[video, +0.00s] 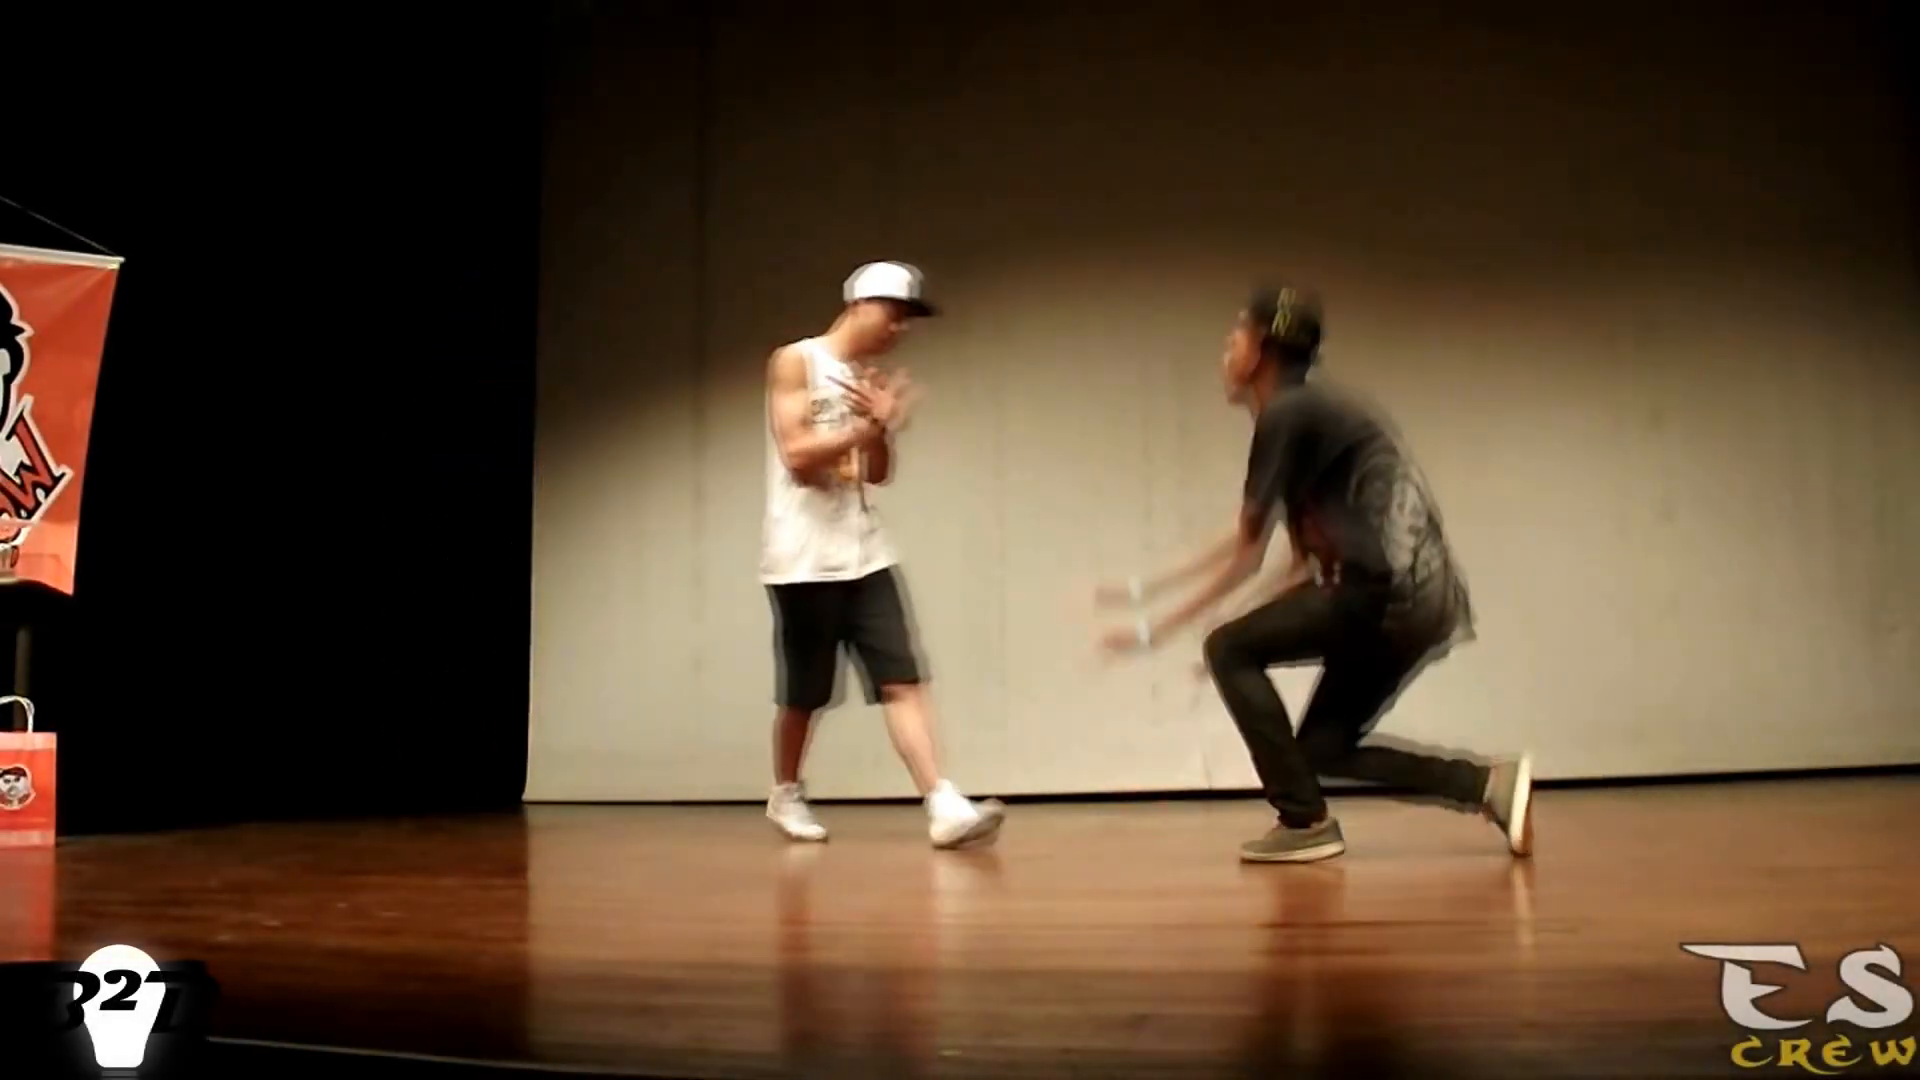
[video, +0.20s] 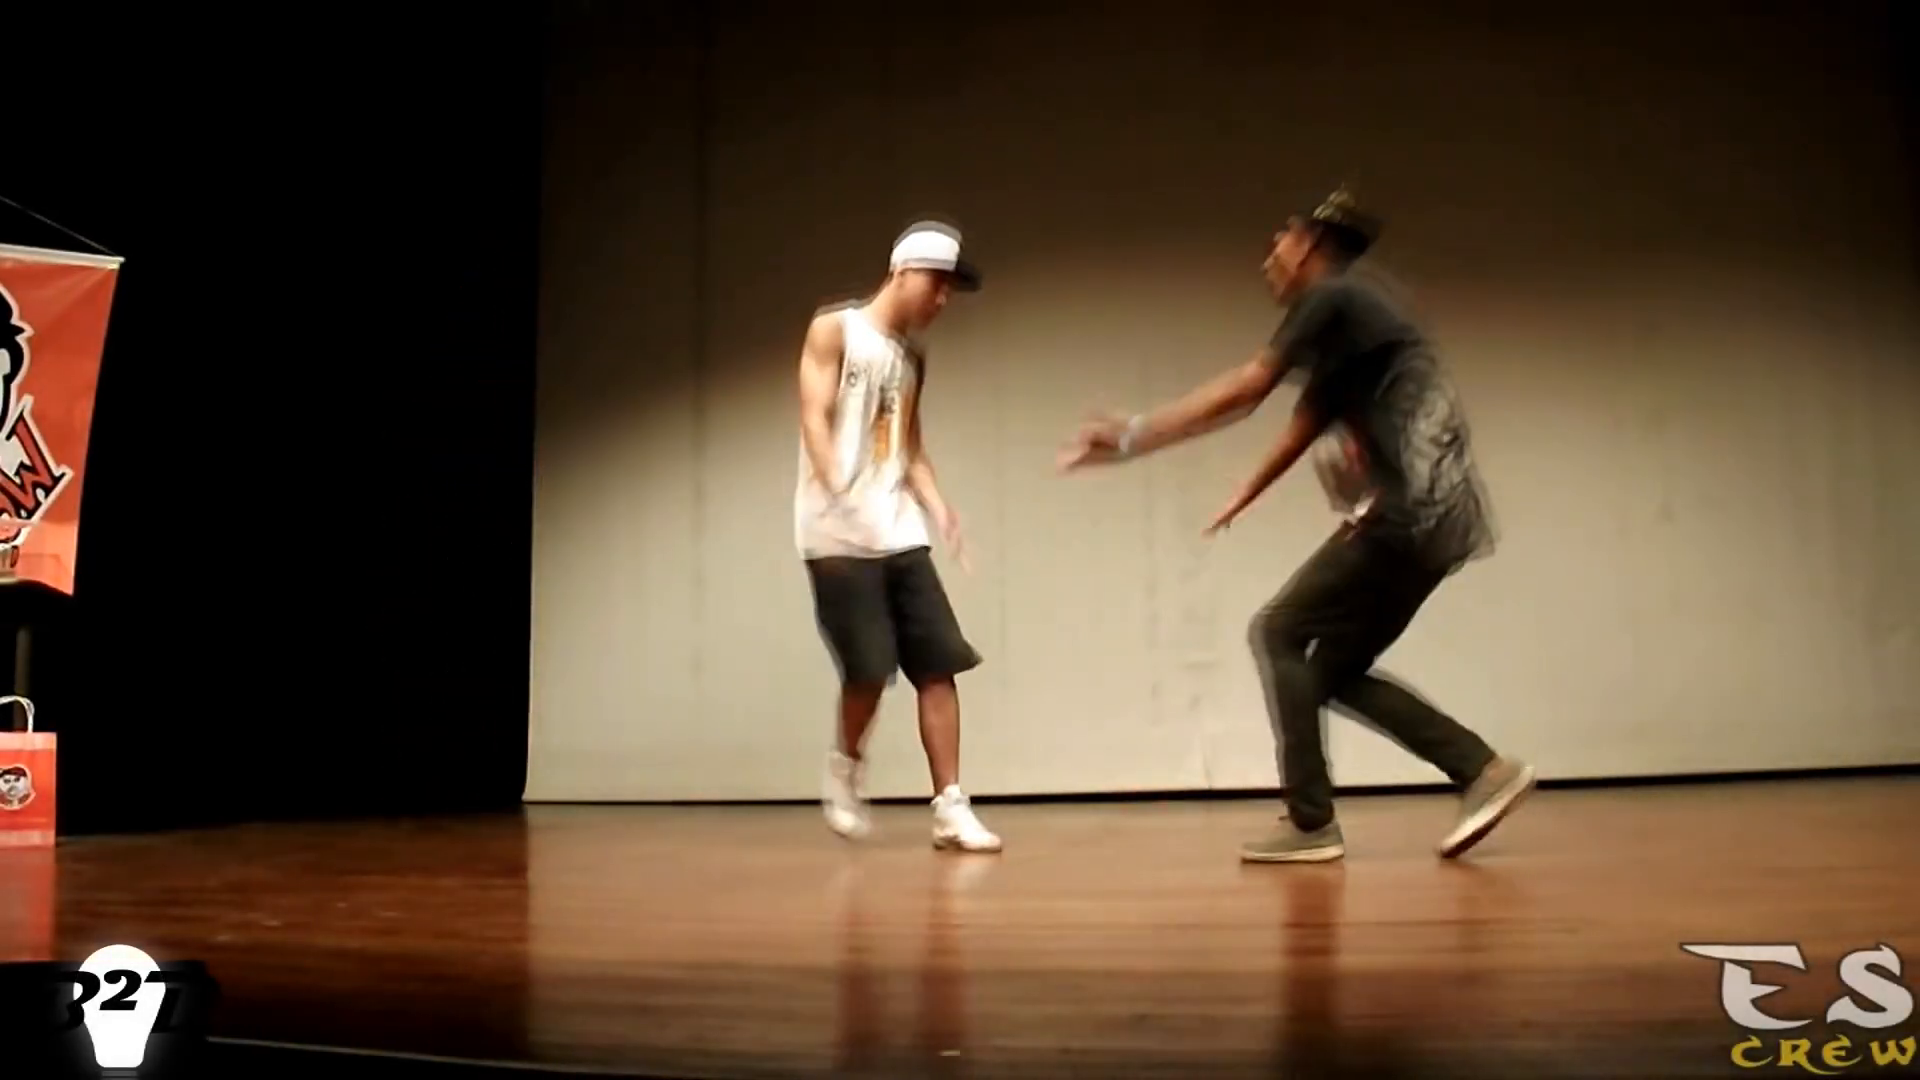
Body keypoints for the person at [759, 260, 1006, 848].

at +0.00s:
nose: (900, 330)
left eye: (906, 320)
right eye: (894, 315)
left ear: (897, 321)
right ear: (862, 305)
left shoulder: (876, 379)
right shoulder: (795, 362)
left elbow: (877, 474)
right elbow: (797, 454)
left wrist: (881, 424)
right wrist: (865, 428)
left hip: (863, 552)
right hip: (802, 556)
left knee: (900, 676)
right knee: (805, 689)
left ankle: (944, 805)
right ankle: (785, 796)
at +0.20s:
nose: (942, 304)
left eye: (948, 293)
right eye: (937, 288)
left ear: (935, 288)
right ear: (902, 273)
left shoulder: (911, 356)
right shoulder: (833, 329)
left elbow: (911, 450)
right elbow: (814, 421)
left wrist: (938, 507)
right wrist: (837, 491)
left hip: (900, 531)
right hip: (838, 534)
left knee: (937, 664)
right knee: (870, 667)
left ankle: (950, 804)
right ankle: (845, 769)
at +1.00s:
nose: (710, 168)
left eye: (710, 158)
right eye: (692, 156)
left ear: (699, 179)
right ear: (649, 170)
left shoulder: (688, 273)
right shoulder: (614, 243)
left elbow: (686, 395)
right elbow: (543, 306)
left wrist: (765, 439)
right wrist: (484, 371)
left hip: (663, 477)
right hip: (603, 470)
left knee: (658, 662)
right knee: (606, 651)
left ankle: (581, 814)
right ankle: (524, 819)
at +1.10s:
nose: (675, 148)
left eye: (670, 138)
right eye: (658, 137)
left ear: (648, 160)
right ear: (621, 155)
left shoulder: (650, 262)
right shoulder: (579, 220)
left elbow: (647, 367)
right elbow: (511, 286)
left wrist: (721, 425)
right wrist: (478, 352)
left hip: (603, 470)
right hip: (539, 462)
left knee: (592, 644)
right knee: (527, 638)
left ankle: (576, 809)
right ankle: (522, 814)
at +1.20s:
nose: (645, 115)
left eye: (641, 105)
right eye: (626, 104)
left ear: (618, 126)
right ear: (587, 119)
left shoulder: (620, 218)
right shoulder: (545, 171)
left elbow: (591, 321)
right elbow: (478, 245)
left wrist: (652, 361)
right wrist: (465, 333)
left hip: (561, 416)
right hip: (491, 408)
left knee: (540, 599)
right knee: (476, 590)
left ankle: (544, 771)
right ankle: (483, 767)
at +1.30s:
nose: (598, 138)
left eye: (602, 128)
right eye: (586, 122)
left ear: (596, 142)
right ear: (546, 125)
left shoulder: (567, 227)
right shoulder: (491, 179)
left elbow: (547, 336)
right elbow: (430, 259)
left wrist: (610, 360)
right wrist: (435, 342)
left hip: (527, 428)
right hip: (462, 418)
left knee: (511, 606)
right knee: (442, 590)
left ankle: (466, 773)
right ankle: (406, 769)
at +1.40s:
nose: (549, 199)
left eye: (556, 186)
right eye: (541, 182)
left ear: (550, 192)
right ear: (503, 176)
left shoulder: (530, 279)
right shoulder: (442, 233)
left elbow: (506, 390)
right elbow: (388, 313)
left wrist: (577, 391)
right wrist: (398, 374)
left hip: (491, 471)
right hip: (424, 463)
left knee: (495, 641)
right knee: (400, 630)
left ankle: (408, 770)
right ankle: (319, 796)